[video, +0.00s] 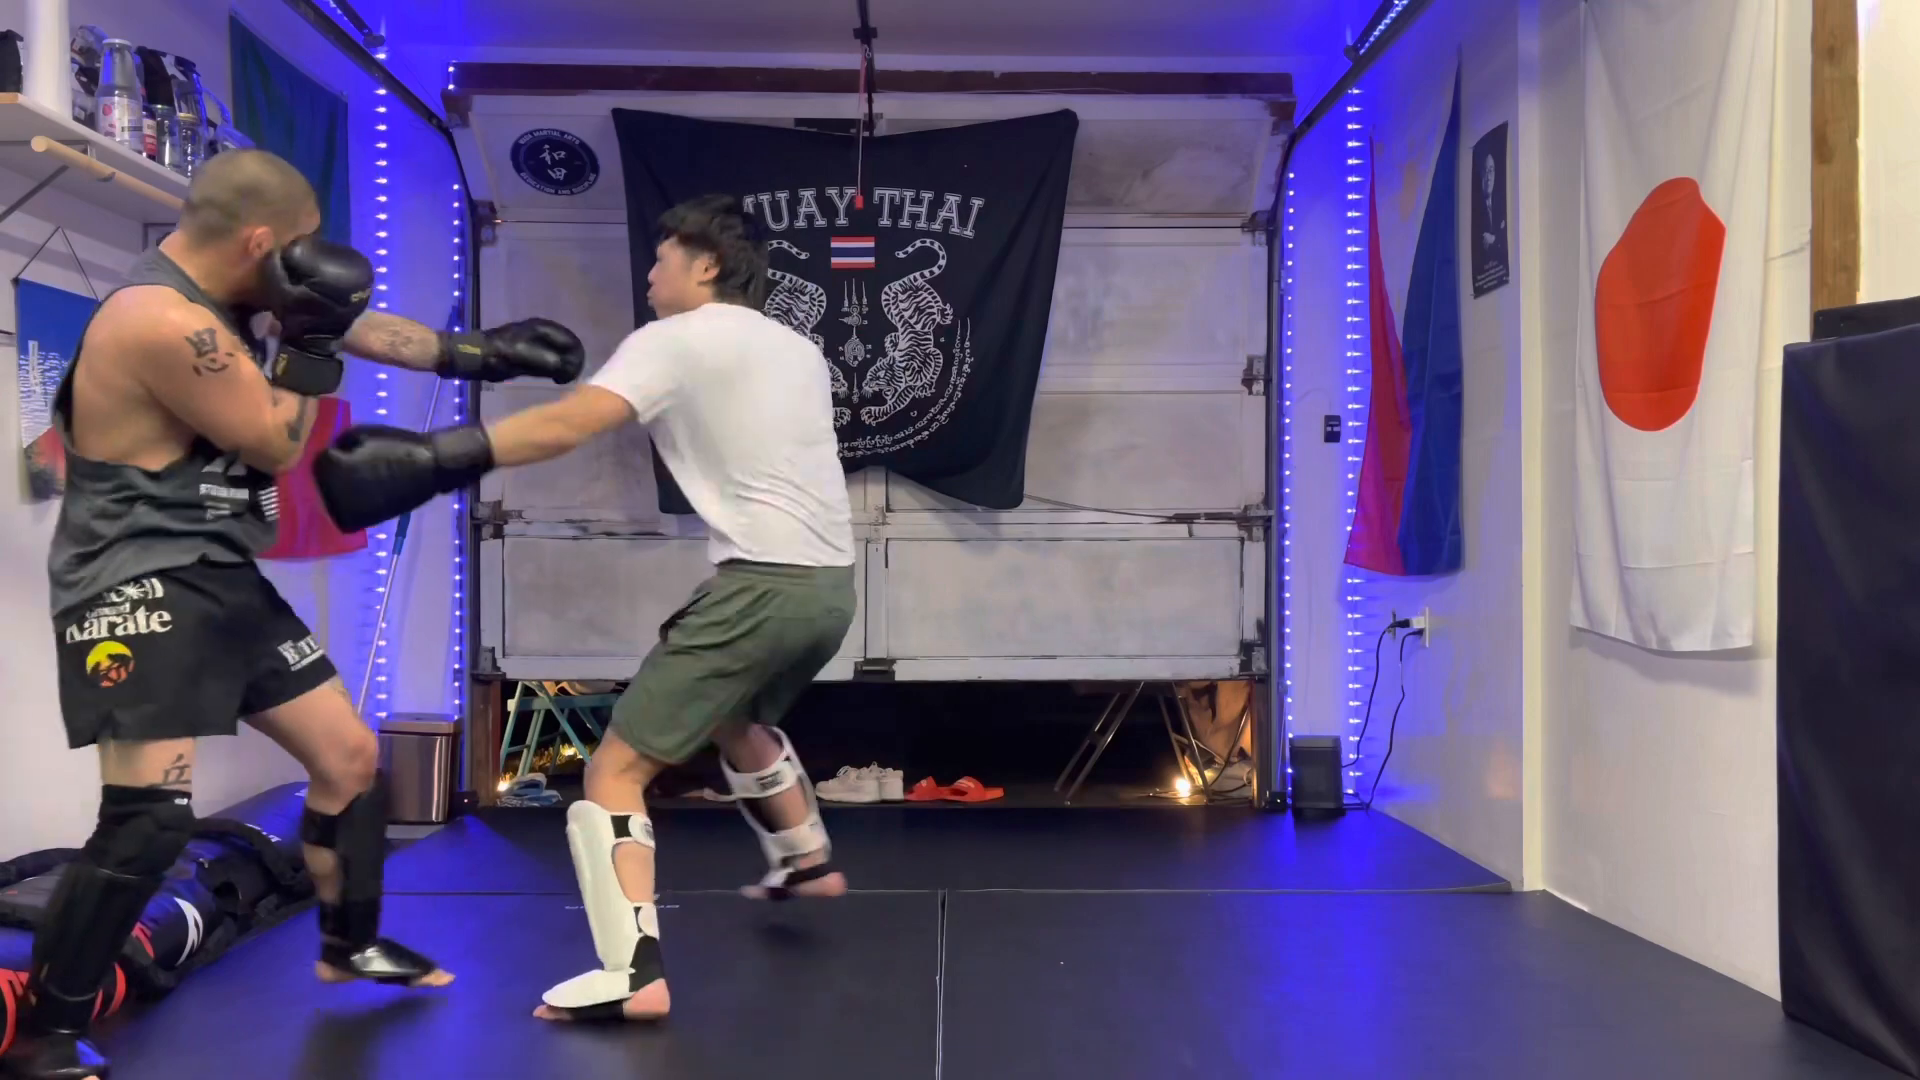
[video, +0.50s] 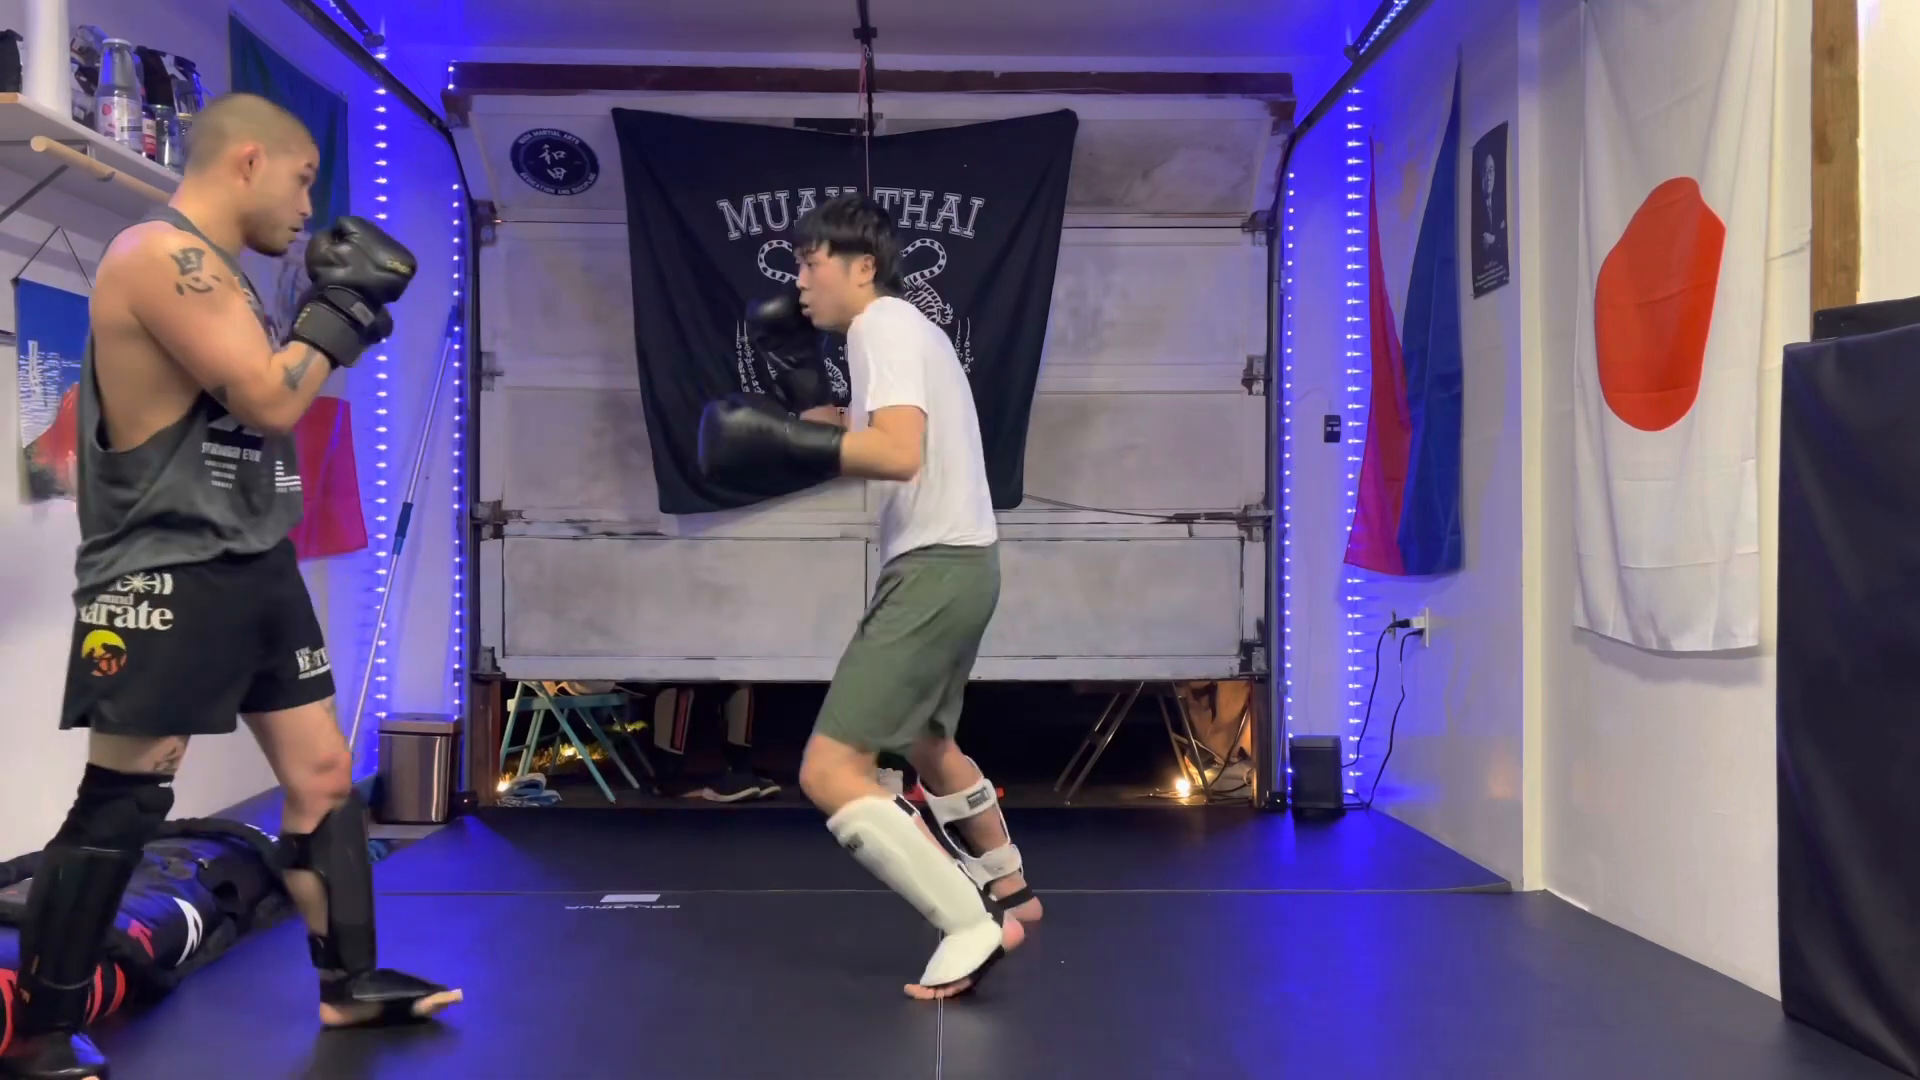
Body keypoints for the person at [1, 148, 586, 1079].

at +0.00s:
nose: (299, 265)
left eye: (305, 251)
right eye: (297, 248)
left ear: (233, 233)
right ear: (253, 238)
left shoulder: (215, 309)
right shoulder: (159, 320)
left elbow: (345, 321)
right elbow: (280, 443)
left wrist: (469, 350)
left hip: (219, 574)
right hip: (132, 582)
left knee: (349, 759)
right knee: (151, 817)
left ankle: (349, 944)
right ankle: (45, 1035)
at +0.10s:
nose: (282, 275)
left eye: (290, 259)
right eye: (285, 253)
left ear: (234, 225)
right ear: (248, 230)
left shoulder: (193, 298)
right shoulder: (139, 300)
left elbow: (295, 345)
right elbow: (259, 433)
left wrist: (410, 321)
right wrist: (308, 332)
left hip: (204, 572)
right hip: (119, 576)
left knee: (309, 769)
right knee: (135, 821)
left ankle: (276, 956)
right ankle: (43, 1042)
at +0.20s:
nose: (271, 265)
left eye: (280, 248)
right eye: (276, 241)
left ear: (227, 210)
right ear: (236, 212)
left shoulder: (195, 286)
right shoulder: (132, 278)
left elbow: (291, 344)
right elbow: (259, 410)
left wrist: (357, 261)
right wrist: (318, 303)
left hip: (205, 565)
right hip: (122, 570)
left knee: (278, 774)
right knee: (130, 807)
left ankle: (273, 964)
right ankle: (45, 1035)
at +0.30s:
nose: (276, 241)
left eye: (286, 225)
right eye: (279, 218)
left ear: (227, 189)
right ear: (232, 186)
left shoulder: (199, 285)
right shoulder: (119, 263)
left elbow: (262, 390)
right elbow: (254, 396)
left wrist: (316, 285)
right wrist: (317, 285)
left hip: (212, 560)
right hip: (121, 565)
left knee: (293, 765)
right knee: (113, 798)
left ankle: (278, 956)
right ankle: (42, 1033)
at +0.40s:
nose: (293, 213)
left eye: (299, 196)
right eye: (290, 190)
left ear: (230, 169)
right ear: (231, 166)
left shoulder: (199, 271)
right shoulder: (131, 253)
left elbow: (243, 390)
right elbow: (247, 396)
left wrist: (306, 302)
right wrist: (325, 301)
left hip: (229, 558)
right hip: (134, 563)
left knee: (308, 762)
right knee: (113, 785)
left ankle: (316, 961)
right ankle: (43, 1033)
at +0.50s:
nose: (308, 203)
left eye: (312, 186)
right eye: (303, 180)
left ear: (240, 167)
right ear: (243, 163)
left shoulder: (218, 272)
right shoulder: (162, 256)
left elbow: (268, 404)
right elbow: (269, 403)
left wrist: (335, 312)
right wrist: (341, 310)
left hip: (255, 567)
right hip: (164, 573)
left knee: (321, 773)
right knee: (124, 794)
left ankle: (351, 981)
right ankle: (44, 1031)